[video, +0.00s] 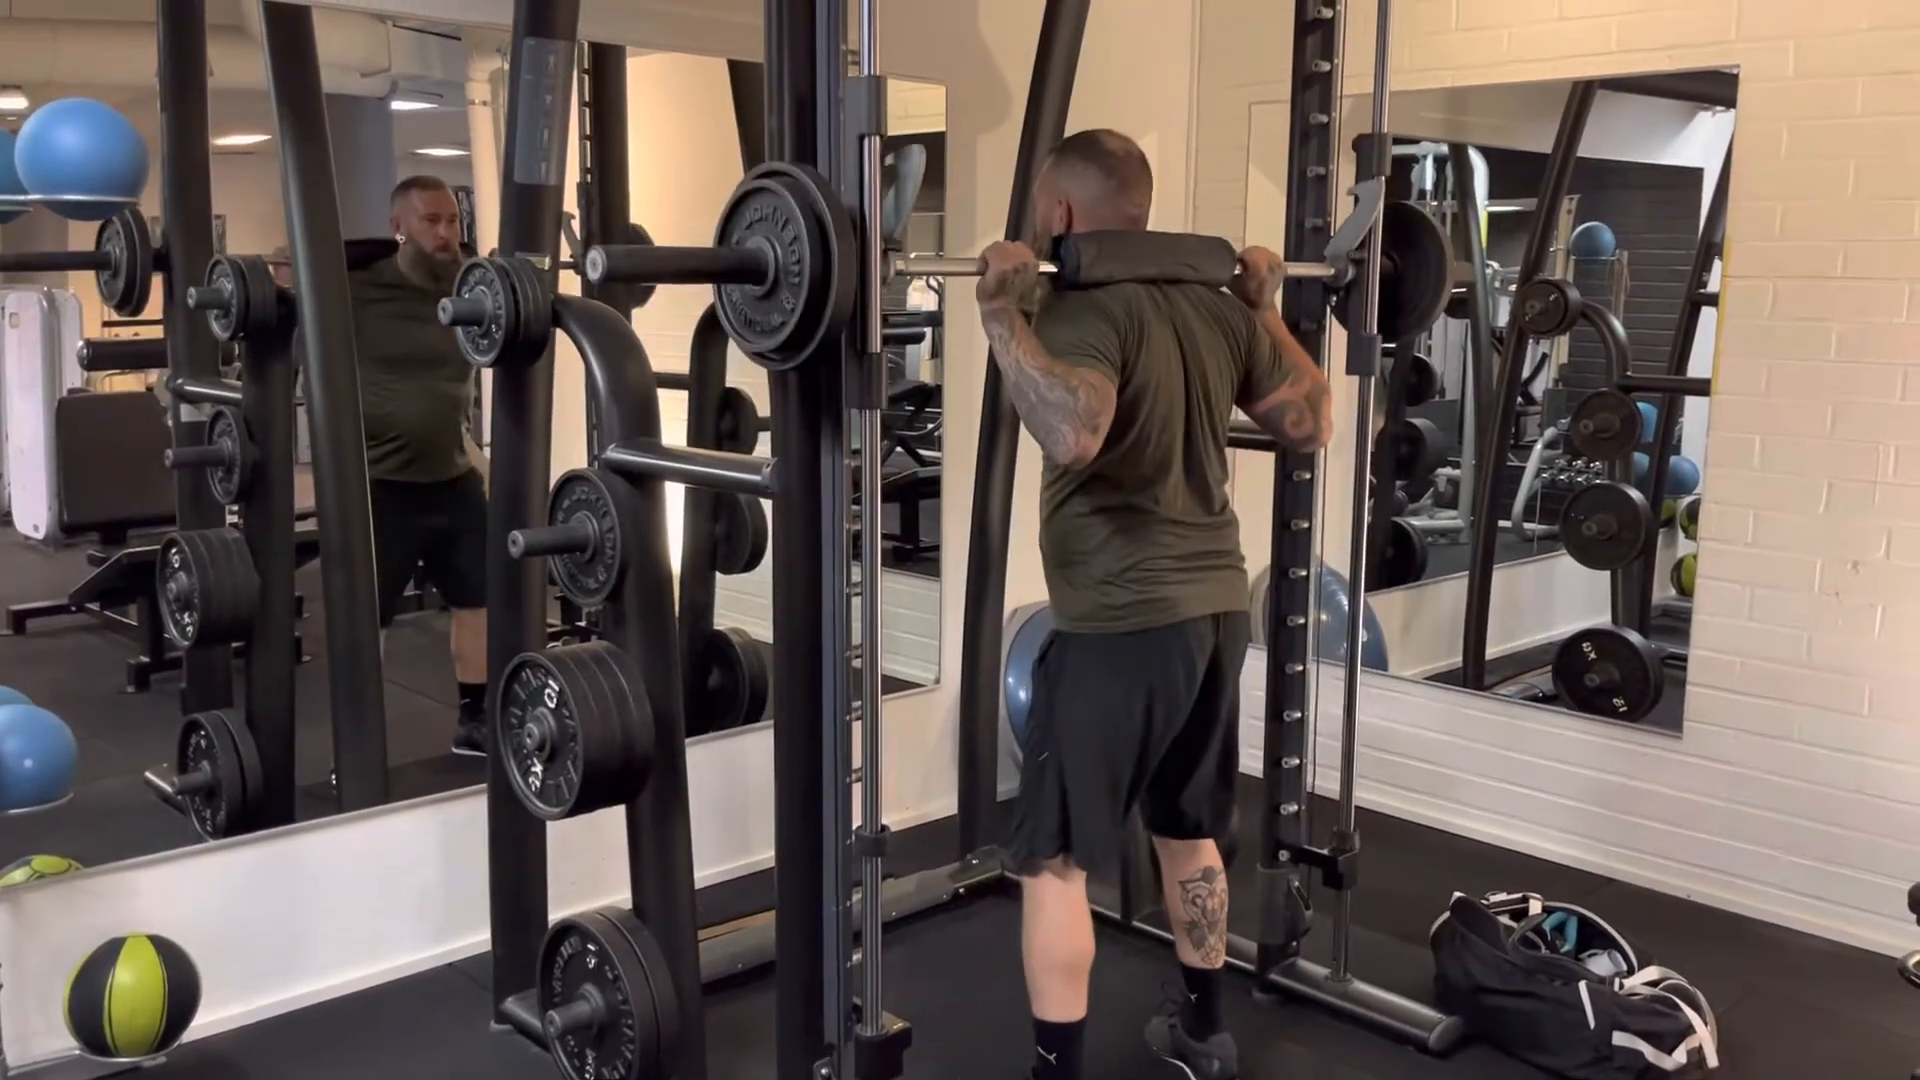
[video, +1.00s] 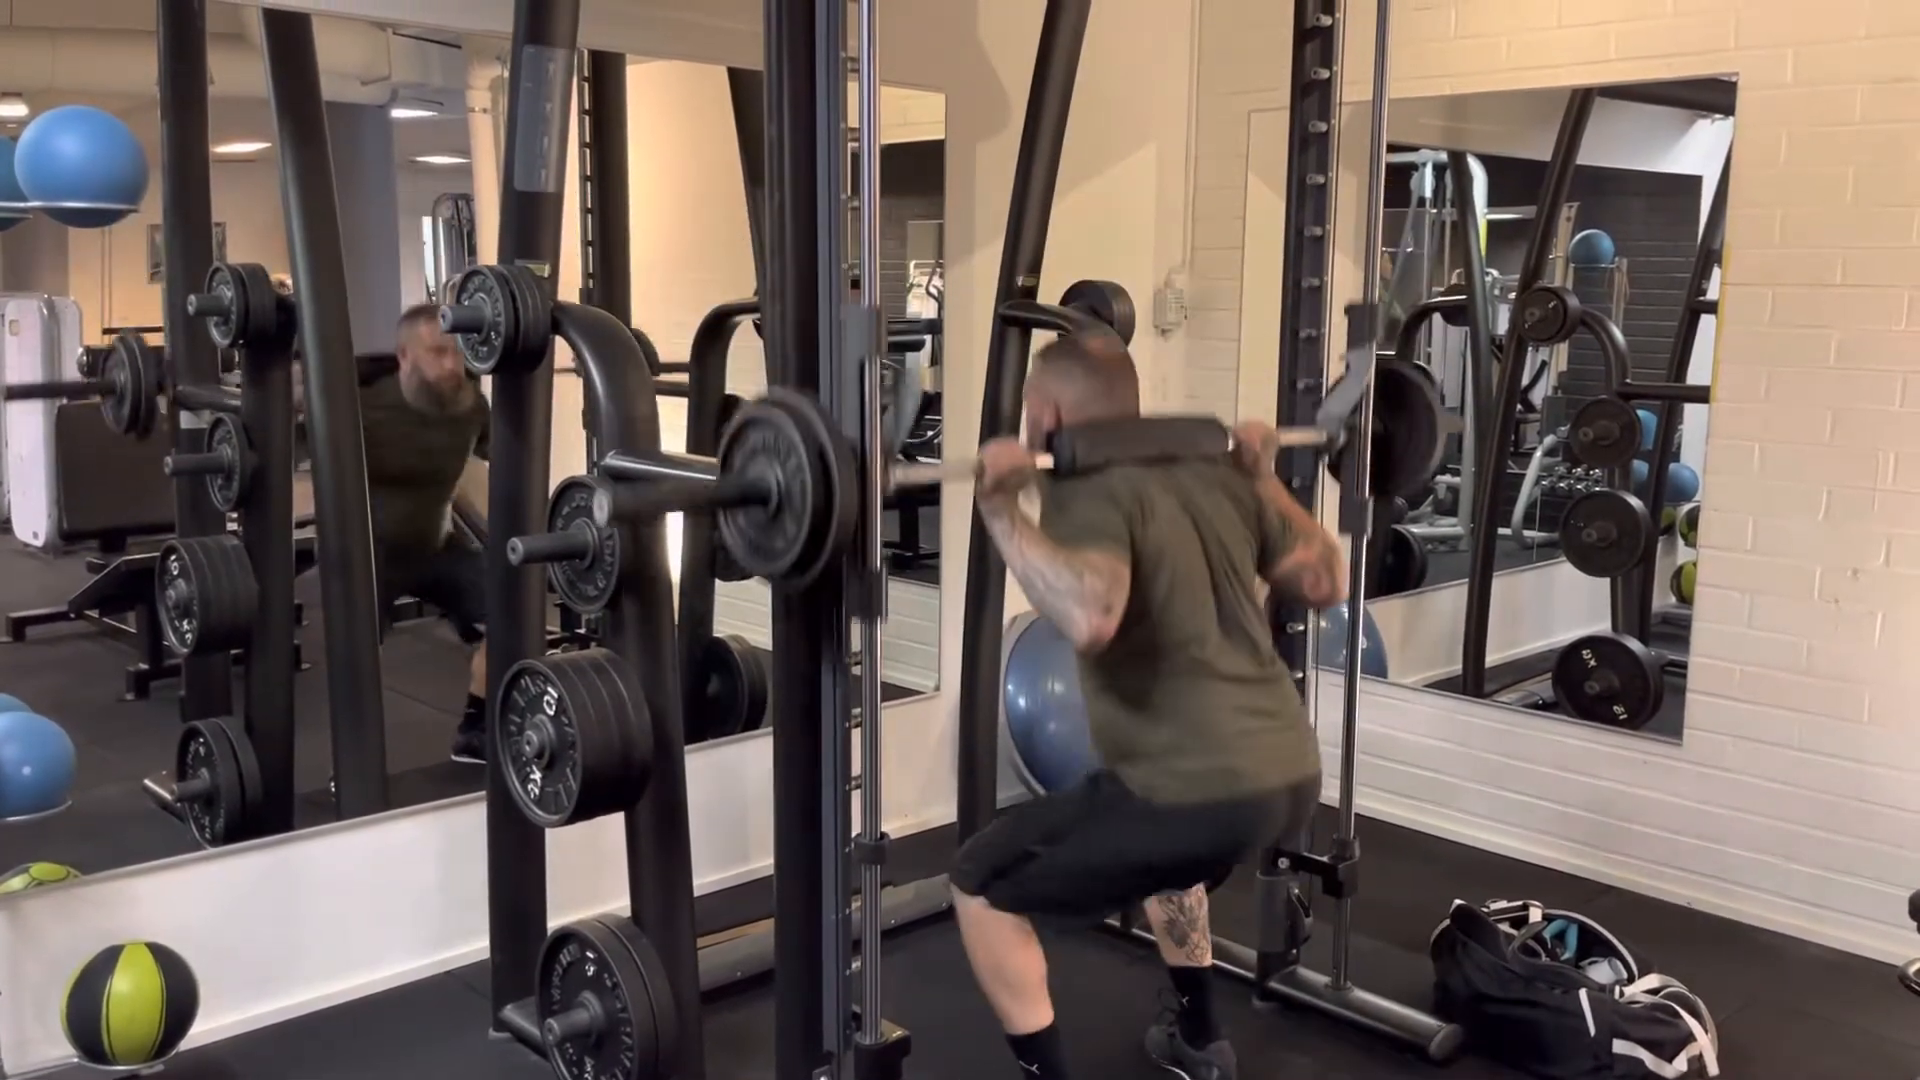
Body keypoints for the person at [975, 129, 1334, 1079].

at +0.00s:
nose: (1037, 223)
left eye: (1041, 207)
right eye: (1043, 207)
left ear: (1063, 208)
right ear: (1141, 205)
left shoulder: (1087, 302)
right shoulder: (1210, 299)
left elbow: (1074, 429)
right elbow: (1305, 420)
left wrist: (1001, 309)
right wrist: (1266, 310)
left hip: (1119, 622)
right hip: (1216, 608)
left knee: (1057, 854)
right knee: (1186, 825)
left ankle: (1056, 1067)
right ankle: (1203, 1032)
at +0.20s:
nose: (1036, 228)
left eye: (1041, 212)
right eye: (1041, 211)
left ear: (1063, 214)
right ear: (1139, 212)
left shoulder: (1087, 309)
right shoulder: (1210, 307)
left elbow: (1074, 434)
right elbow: (1306, 423)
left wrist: (1001, 318)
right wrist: (1266, 314)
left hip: (1122, 629)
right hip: (1218, 615)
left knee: (1051, 857)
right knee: (1186, 830)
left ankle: (1055, 1067)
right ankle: (1203, 1033)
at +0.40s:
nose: (1036, 231)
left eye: (1040, 216)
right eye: (1041, 215)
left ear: (1063, 217)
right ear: (1138, 213)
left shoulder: (1087, 310)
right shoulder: (1210, 307)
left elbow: (1074, 435)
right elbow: (1306, 424)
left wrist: (1001, 320)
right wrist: (1266, 316)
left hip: (1122, 631)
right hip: (1219, 616)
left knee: (1054, 860)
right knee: (1187, 832)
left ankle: (1055, 1068)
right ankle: (1204, 1036)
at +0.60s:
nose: (1034, 241)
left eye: (1037, 226)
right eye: (1037, 226)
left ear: (1060, 223)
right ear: (1136, 219)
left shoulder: (1086, 312)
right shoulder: (1213, 310)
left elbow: (1072, 440)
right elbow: (1308, 428)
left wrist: (1000, 322)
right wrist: (1264, 319)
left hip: (1132, 633)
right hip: (1230, 619)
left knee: (1057, 863)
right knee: (1189, 830)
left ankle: (1056, 1068)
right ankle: (1206, 1038)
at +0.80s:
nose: (1026, 310)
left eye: (1031, 295)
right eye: (1025, 295)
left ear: (1064, 295)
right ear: (1127, 289)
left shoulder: (1091, 376)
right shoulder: (1217, 370)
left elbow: (1078, 500)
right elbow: (1320, 483)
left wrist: (1005, 396)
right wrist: (1265, 378)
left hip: (1158, 691)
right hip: (1258, 680)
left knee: (1012, 873)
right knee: (1174, 832)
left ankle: (1050, 1069)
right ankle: (1203, 1038)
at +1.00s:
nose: (1028, 422)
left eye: (1030, 408)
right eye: (1028, 409)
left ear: (1048, 416)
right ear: (1127, 402)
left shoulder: (1093, 486)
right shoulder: (1222, 477)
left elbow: (1089, 615)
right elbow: (1327, 579)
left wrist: (999, 506)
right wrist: (1265, 476)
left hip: (1186, 798)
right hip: (1285, 782)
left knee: (981, 883)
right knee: (1159, 844)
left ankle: (1045, 1068)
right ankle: (1200, 1033)